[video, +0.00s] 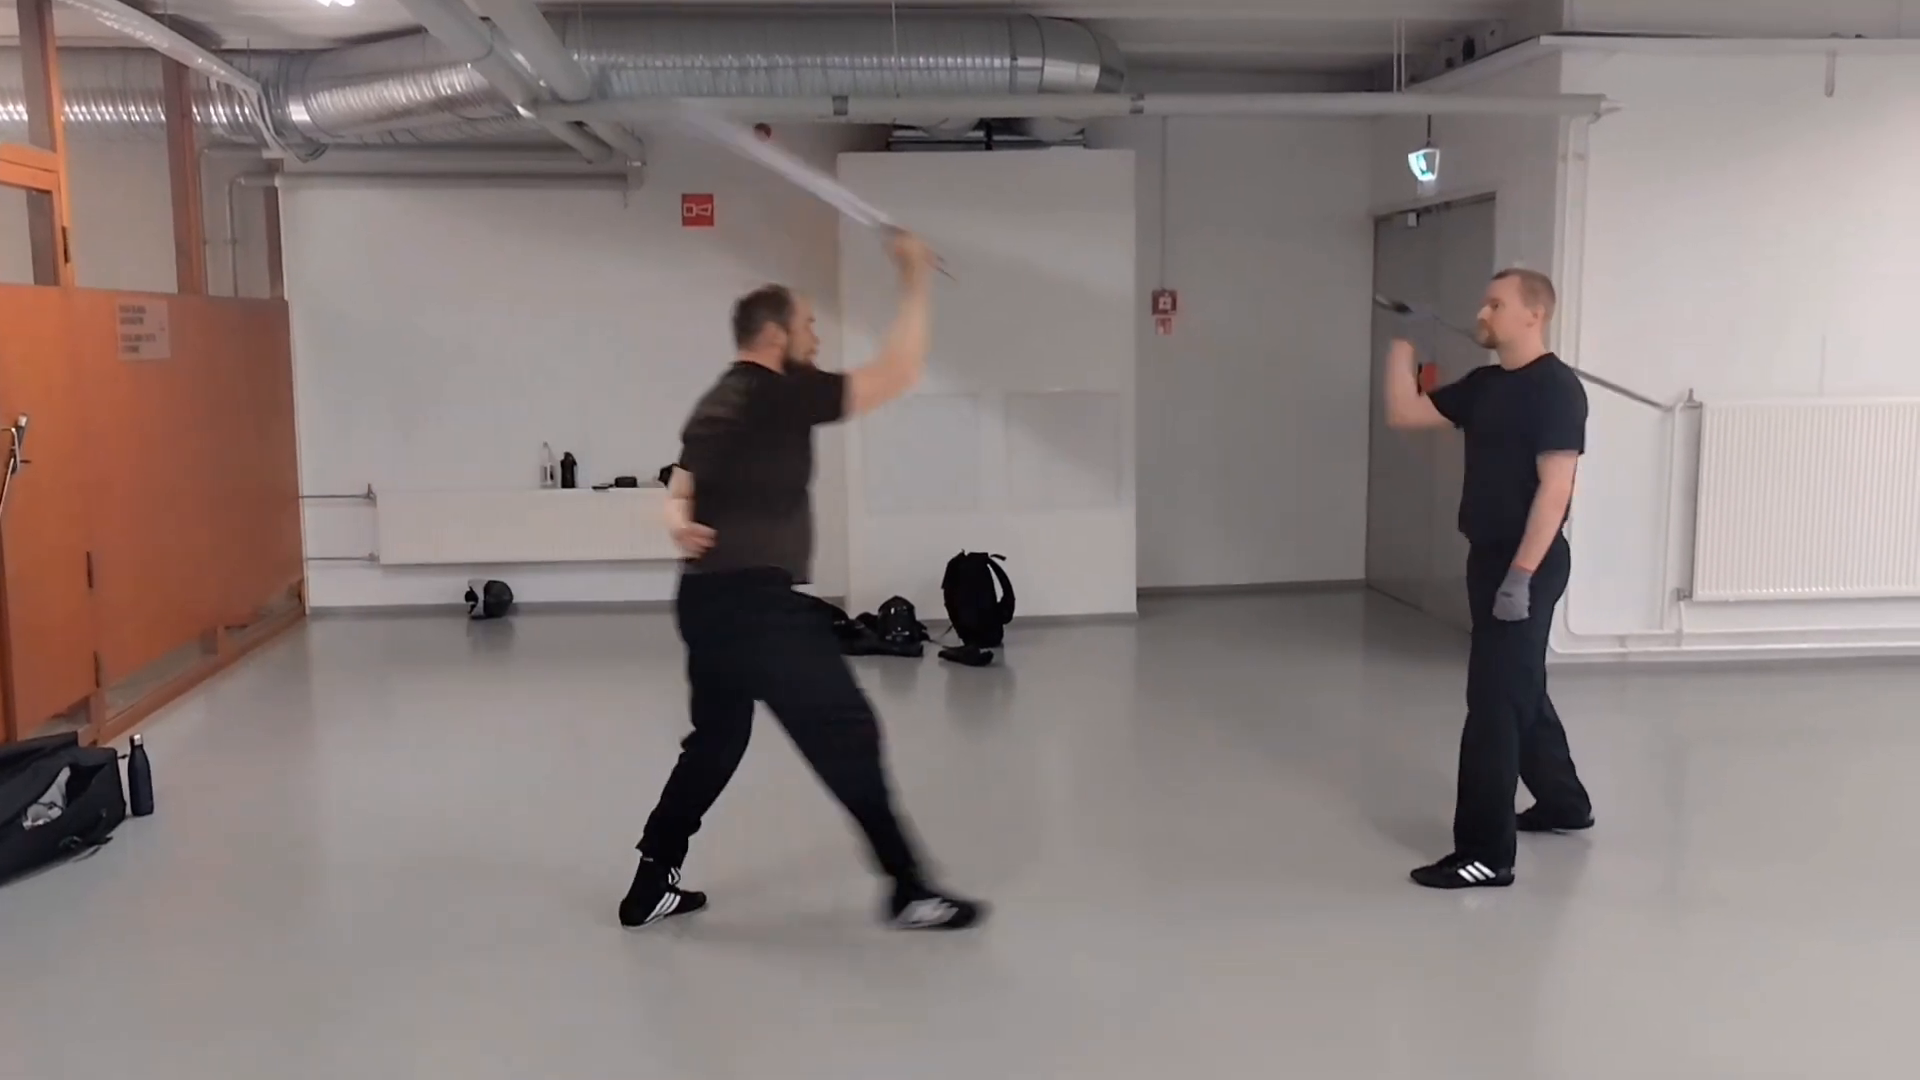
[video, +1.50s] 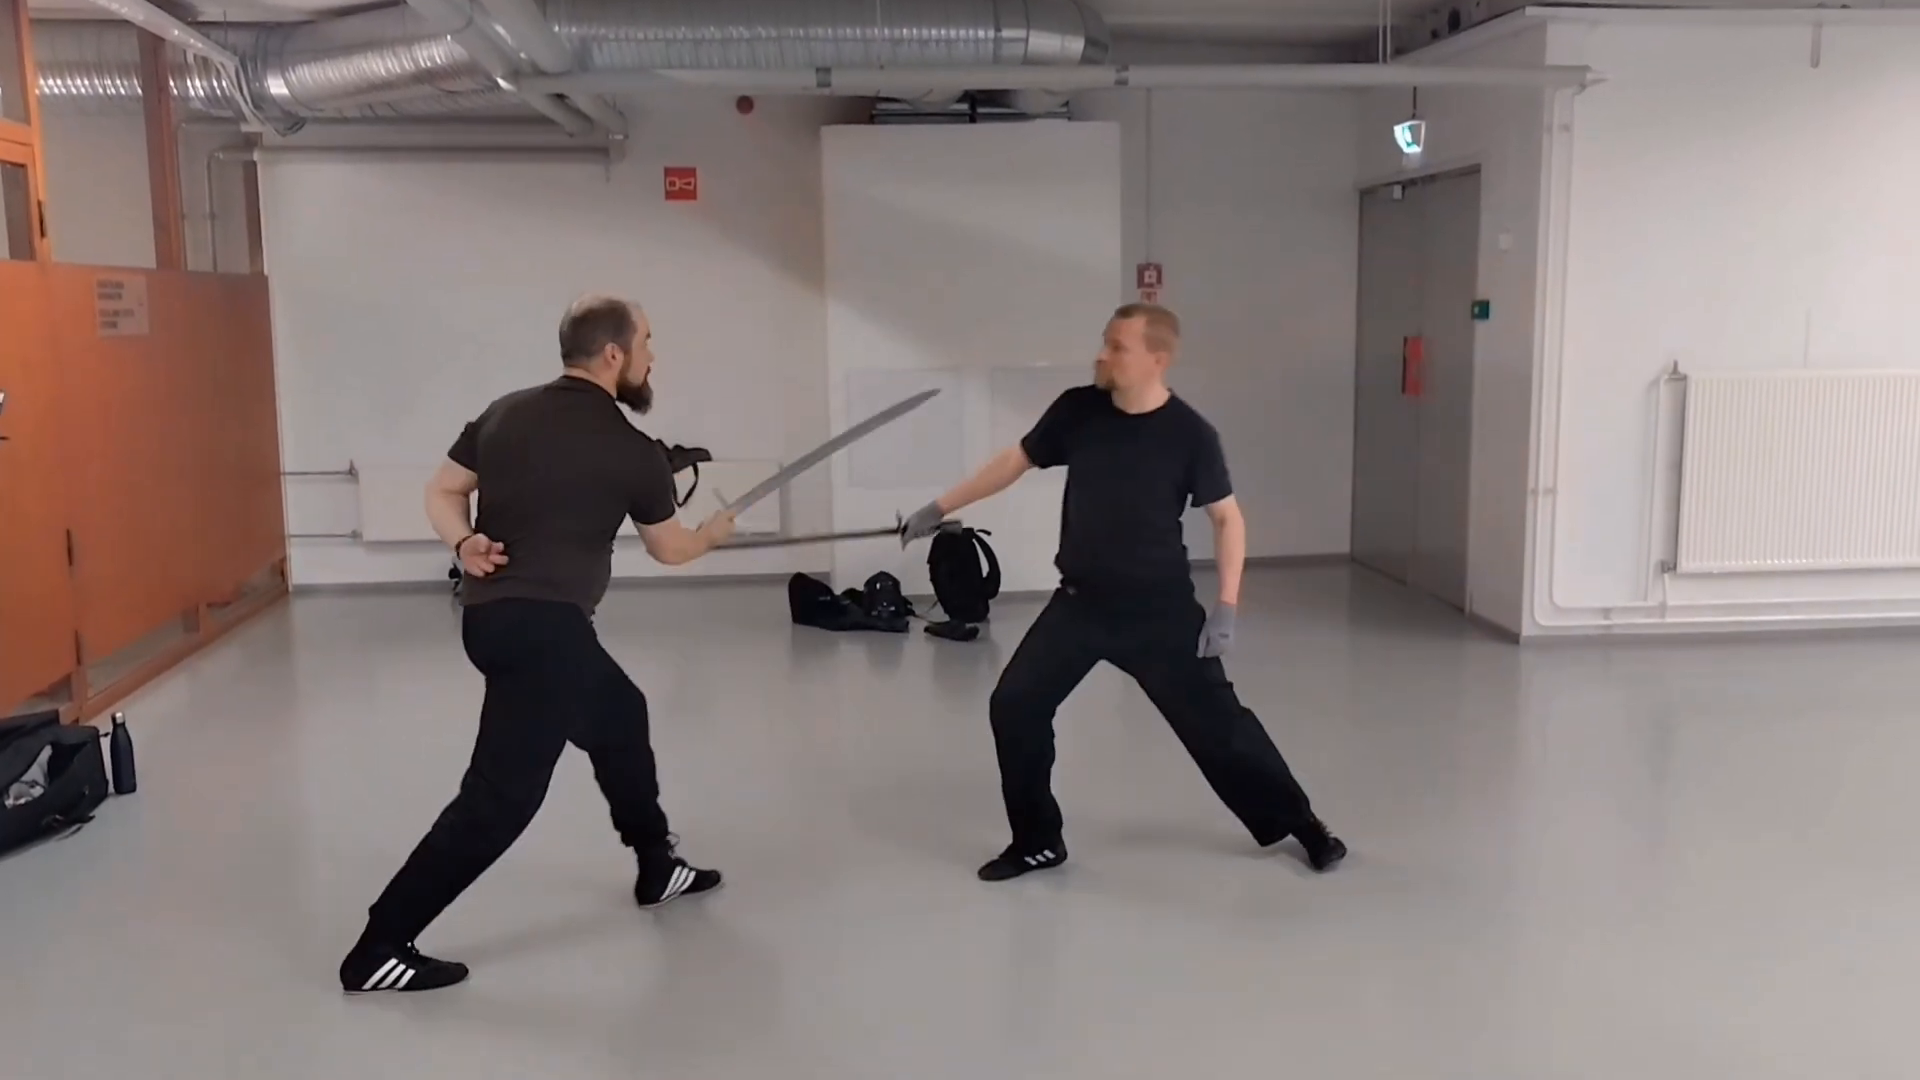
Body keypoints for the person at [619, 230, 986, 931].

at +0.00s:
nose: (816, 338)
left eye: (812, 326)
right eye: (808, 326)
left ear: (753, 338)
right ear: (774, 334)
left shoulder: (717, 403)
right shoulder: (787, 391)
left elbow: (681, 489)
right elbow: (897, 373)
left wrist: (678, 520)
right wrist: (917, 278)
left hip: (709, 597)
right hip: (763, 600)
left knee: (716, 743)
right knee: (845, 735)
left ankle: (650, 885)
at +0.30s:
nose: (927, 336)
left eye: (923, 325)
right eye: (920, 327)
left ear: (863, 343)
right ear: (899, 339)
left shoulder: (821, 410)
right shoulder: (929, 407)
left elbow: (766, 498)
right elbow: (1042, 412)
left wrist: (798, 531)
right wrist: (1115, 369)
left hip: (808, 607)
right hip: (884, 606)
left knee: (774, 738)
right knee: (965, 728)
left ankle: (680, 872)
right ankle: (978, 885)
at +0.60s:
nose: (937, 319)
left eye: (932, 307)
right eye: (928, 308)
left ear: (875, 330)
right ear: (900, 324)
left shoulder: (834, 401)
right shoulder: (934, 399)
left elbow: (791, 491)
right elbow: (1031, 466)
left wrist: (807, 519)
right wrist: (1116, 450)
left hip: (824, 594)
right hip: (899, 590)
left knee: (798, 729)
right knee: (972, 721)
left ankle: (699, 854)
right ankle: (980, 880)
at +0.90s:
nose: (804, 331)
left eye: (799, 319)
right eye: (792, 319)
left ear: (745, 337)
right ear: (759, 331)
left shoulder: (726, 407)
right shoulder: (784, 390)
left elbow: (737, 502)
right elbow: (894, 414)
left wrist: (717, 531)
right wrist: (983, 359)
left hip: (753, 601)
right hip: (810, 595)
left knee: (776, 749)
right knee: (903, 722)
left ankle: (690, 869)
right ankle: (973, 861)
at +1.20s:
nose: (684, 316)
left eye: (680, 302)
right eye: (675, 303)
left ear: (623, 316)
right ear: (638, 312)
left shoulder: (590, 392)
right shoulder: (674, 382)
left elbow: (591, 497)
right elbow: (764, 481)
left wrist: (592, 517)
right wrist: (814, 475)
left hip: (618, 586)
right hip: (666, 584)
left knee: (691, 729)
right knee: (707, 737)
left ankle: (681, 867)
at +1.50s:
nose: (651, 358)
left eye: (650, 344)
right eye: (646, 346)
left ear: (574, 355)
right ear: (614, 355)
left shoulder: (506, 414)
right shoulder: (630, 447)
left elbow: (444, 490)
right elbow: (670, 548)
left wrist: (462, 541)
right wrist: (714, 533)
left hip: (490, 617)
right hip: (548, 623)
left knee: (620, 713)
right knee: (498, 800)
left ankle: (656, 865)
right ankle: (377, 952)